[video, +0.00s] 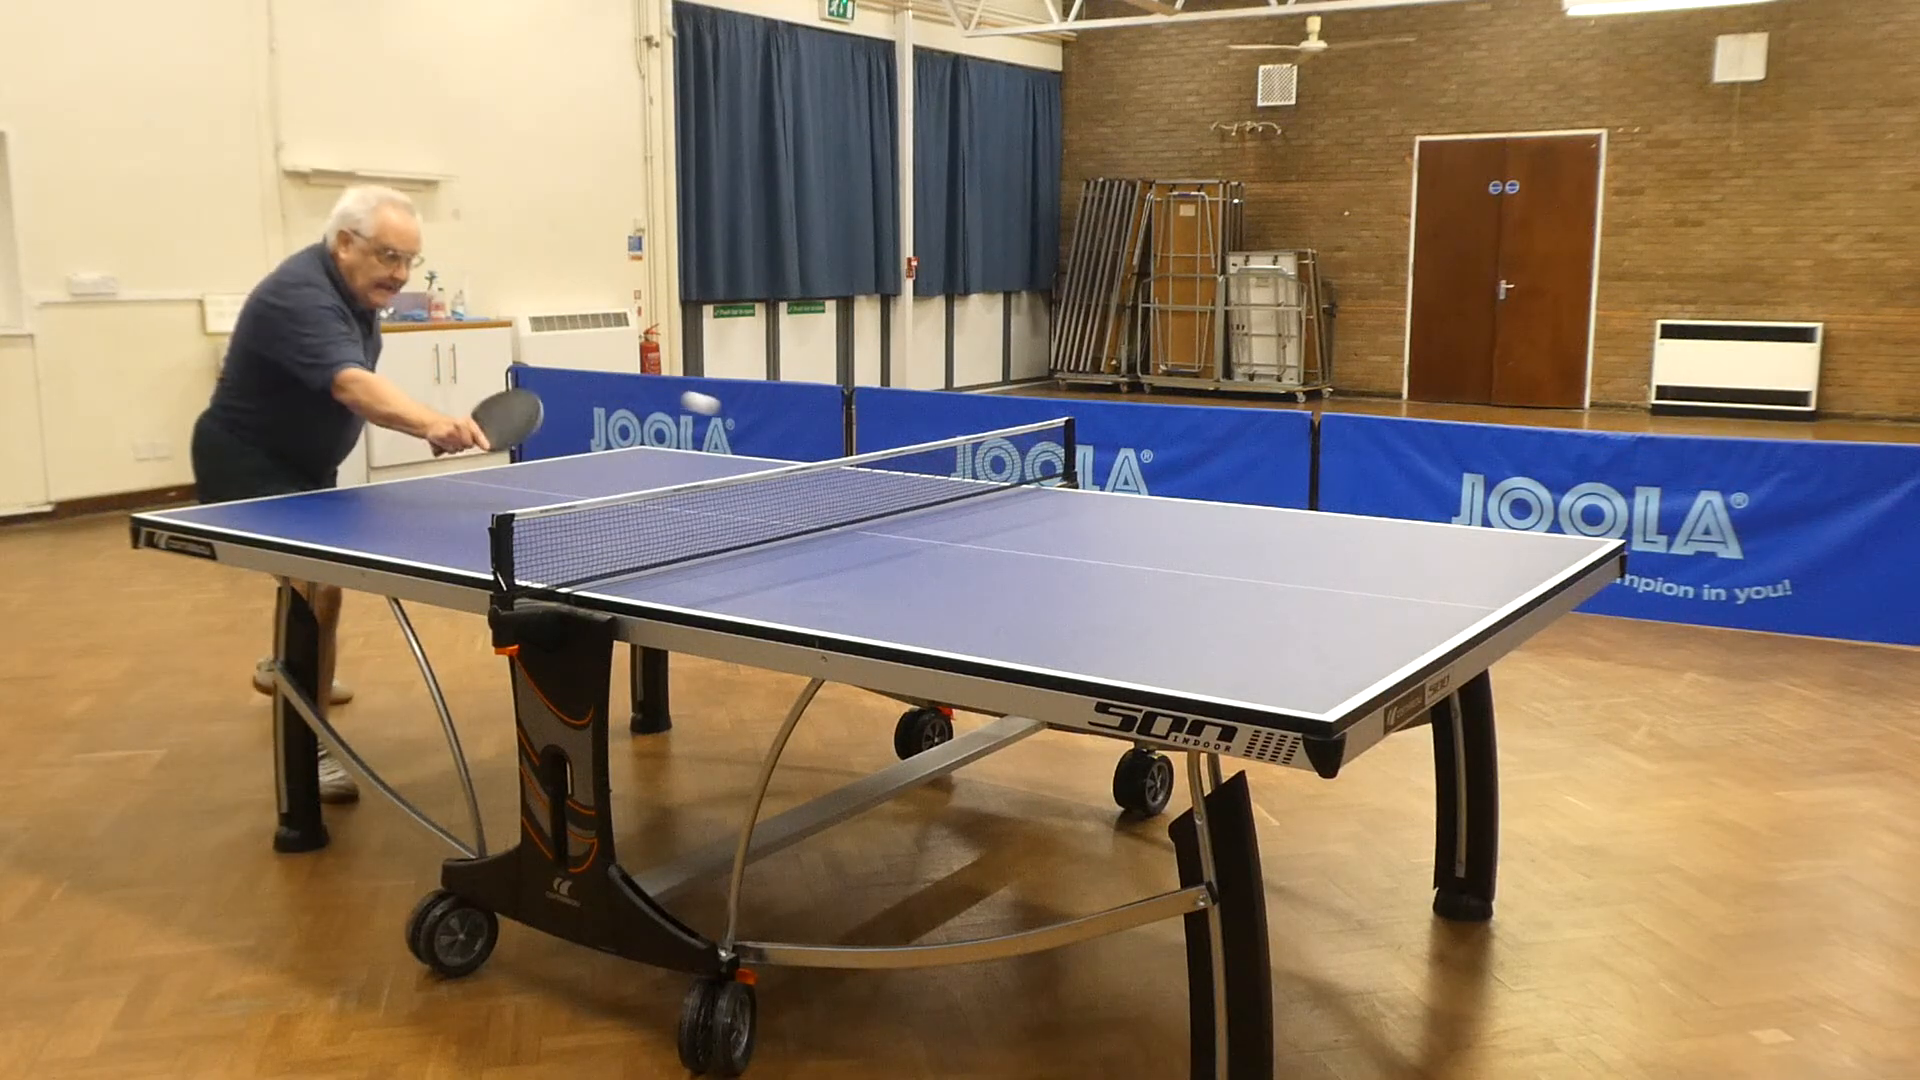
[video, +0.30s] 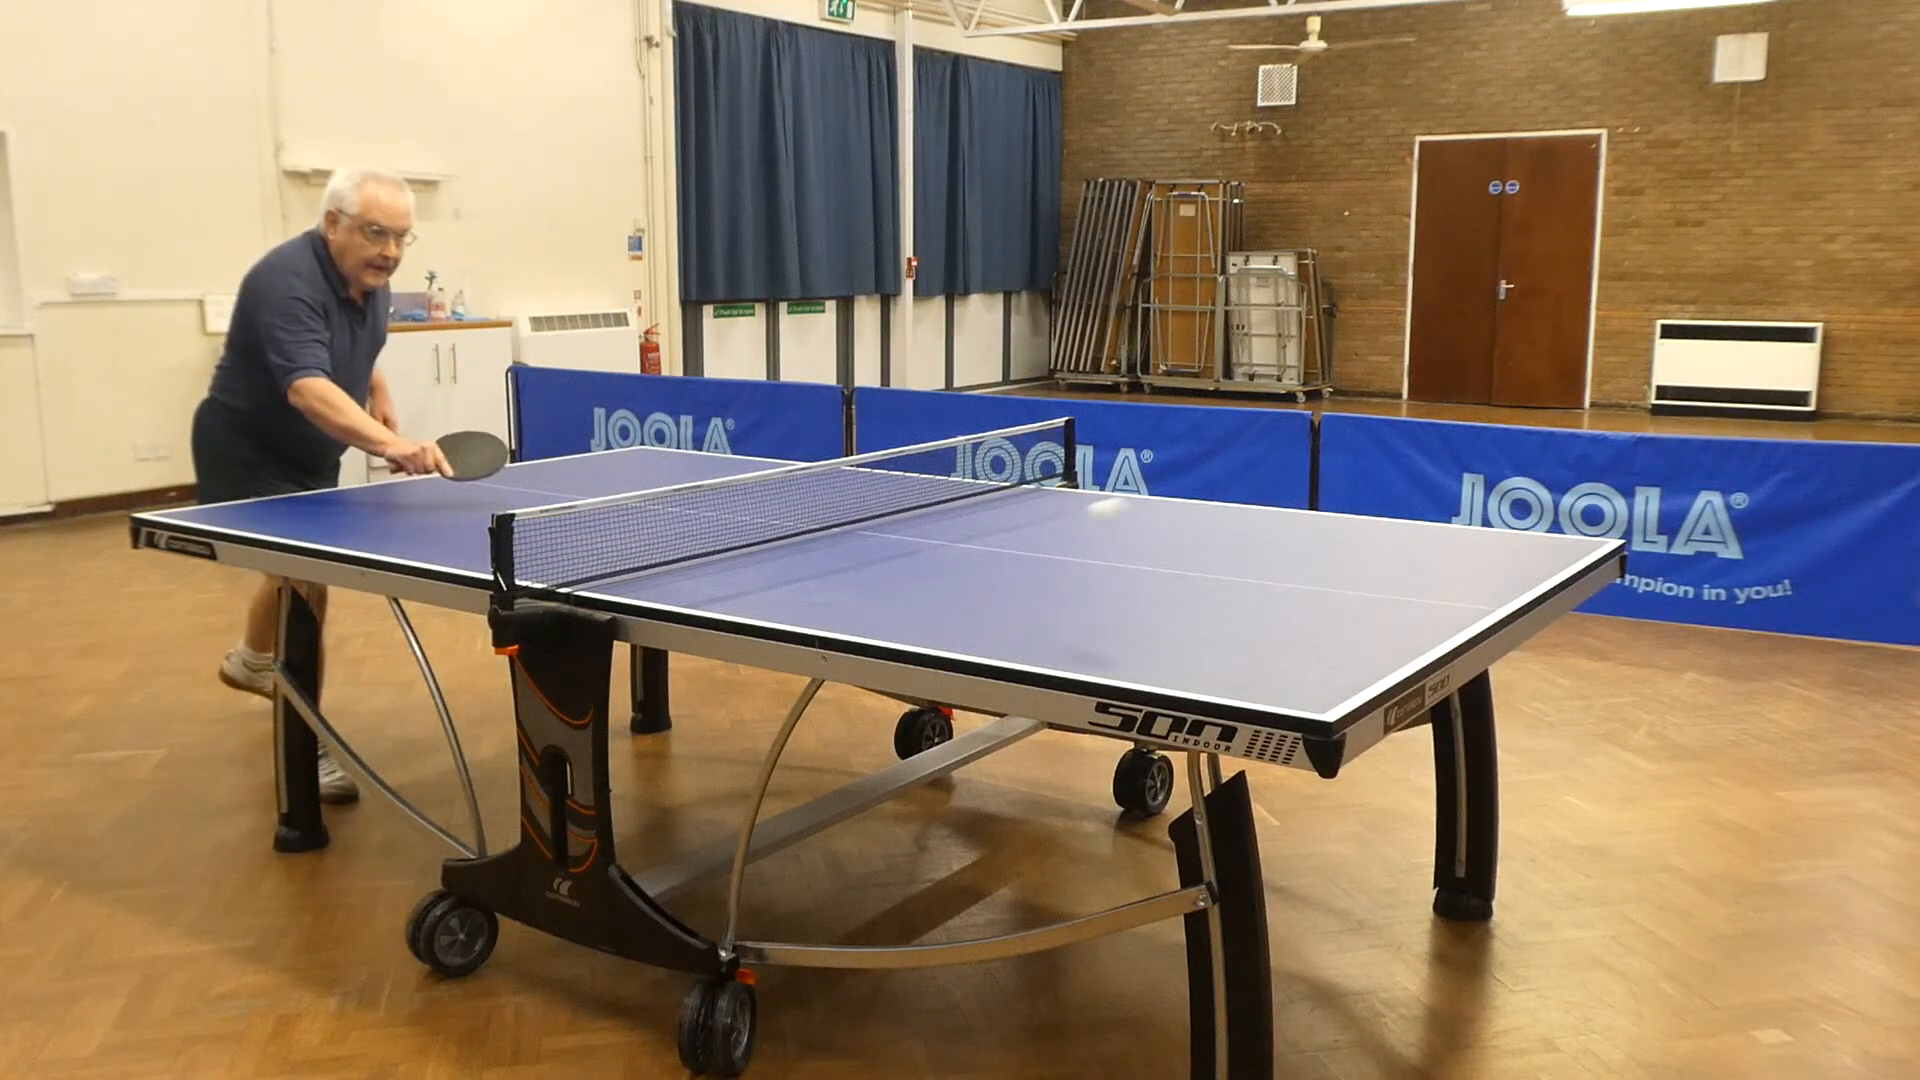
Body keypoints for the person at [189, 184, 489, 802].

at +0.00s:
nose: (400, 275)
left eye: (409, 261)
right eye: (388, 257)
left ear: (414, 256)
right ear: (344, 243)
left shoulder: (352, 292)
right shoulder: (300, 296)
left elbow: (356, 383)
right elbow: (353, 386)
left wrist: (420, 424)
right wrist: (432, 424)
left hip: (304, 461)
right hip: (246, 462)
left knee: (324, 573)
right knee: (321, 587)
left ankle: (293, 667)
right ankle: (312, 749)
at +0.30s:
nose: (389, 253)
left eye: (400, 238)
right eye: (375, 235)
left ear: (408, 238)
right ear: (331, 226)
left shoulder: (371, 281)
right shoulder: (286, 281)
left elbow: (359, 349)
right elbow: (306, 390)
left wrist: (379, 393)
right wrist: (391, 445)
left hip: (310, 451)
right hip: (247, 450)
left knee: (300, 557)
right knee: (308, 592)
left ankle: (254, 655)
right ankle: (307, 747)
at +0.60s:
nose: (364, 248)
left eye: (375, 234)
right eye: (349, 233)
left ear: (384, 234)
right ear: (309, 228)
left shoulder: (371, 285)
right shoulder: (270, 285)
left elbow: (371, 353)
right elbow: (278, 384)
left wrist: (385, 401)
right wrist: (340, 434)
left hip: (327, 460)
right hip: (259, 459)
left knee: (326, 554)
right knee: (308, 569)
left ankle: (274, 650)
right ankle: (312, 752)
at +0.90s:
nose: (379, 255)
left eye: (389, 242)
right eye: (365, 239)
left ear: (396, 240)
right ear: (326, 233)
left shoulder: (376, 284)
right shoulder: (289, 285)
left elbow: (375, 360)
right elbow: (301, 384)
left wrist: (403, 420)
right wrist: (390, 435)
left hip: (348, 450)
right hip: (284, 450)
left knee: (325, 555)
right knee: (350, 561)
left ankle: (277, 657)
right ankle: (326, 705)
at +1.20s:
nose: (471, 278)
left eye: (477, 265)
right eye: (463, 262)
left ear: (423, 254)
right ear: (418, 251)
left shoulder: (403, 286)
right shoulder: (385, 300)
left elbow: (380, 363)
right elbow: (458, 396)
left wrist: (424, 397)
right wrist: (556, 399)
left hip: (340, 452)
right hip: (315, 457)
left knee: (324, 557)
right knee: (410, 574)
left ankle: (271, 653)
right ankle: (437, 720)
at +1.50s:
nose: (504, 266)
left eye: (512, 253)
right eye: (495, 248)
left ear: (452, 242)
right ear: (450, 239)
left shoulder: (421, 271)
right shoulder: (426, 295)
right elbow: (504, 386)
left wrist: (494, 379)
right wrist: (607, 416)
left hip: (339, 441)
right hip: (348, 451)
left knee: (348, 551)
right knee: (445, 570)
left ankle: (273, 649)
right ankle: (446, 723)